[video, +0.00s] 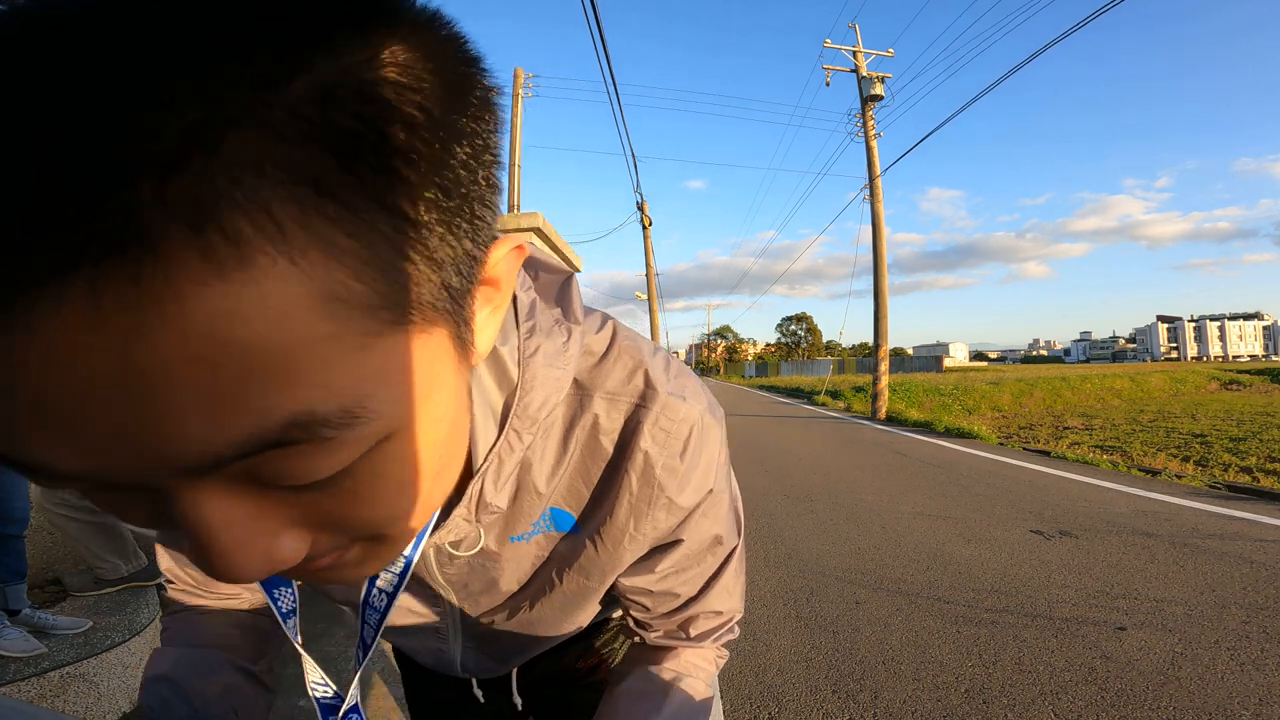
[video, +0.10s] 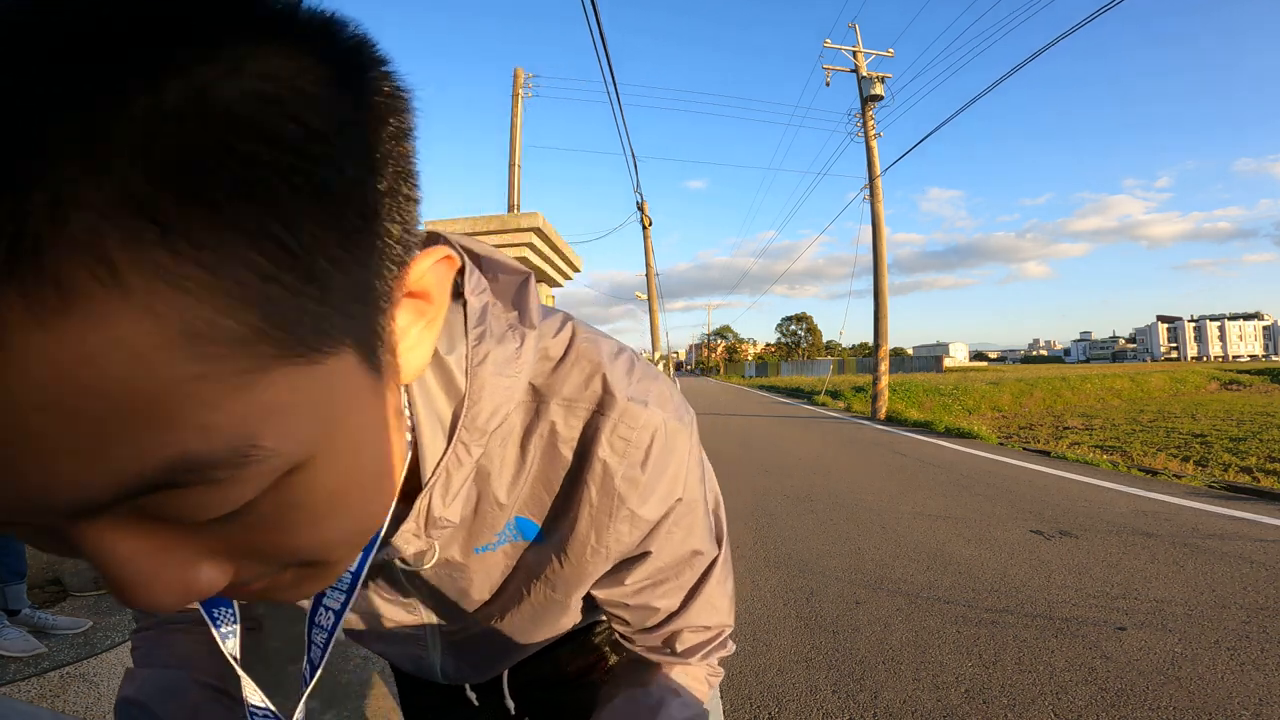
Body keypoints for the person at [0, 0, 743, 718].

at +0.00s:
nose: (229, 567)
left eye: (298, 458)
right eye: (118, 501)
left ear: (485, 301)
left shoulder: (654, 434)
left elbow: (687, 640)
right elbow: (213, 642)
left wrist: (652, 704)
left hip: (582, 639)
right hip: (424, 647)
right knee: (442, 703)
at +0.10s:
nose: (148, 591)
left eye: (202, 496)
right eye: (56, 535)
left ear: (408, 320)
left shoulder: (618, 434)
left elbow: (679, 650)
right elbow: (180, 648)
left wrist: (637, 712)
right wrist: (171, 716)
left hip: (573, 643)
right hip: (419, 649)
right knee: (439, 704)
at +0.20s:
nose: (42, 611)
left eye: (100, 522)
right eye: (5, 533)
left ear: (314, 336)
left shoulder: (576, 441)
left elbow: (666, 666)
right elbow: (176, 671)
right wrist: (165, 712)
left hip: (558, 646)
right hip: (407, 656)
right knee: (433, 693)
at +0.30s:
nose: (11, 610)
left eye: (28, 529)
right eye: (5, 551)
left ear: (215, 350)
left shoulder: (520, 443)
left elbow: (660, 674)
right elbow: (173, 681)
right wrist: (168, 710)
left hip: (547, 637)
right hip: (398, 651)